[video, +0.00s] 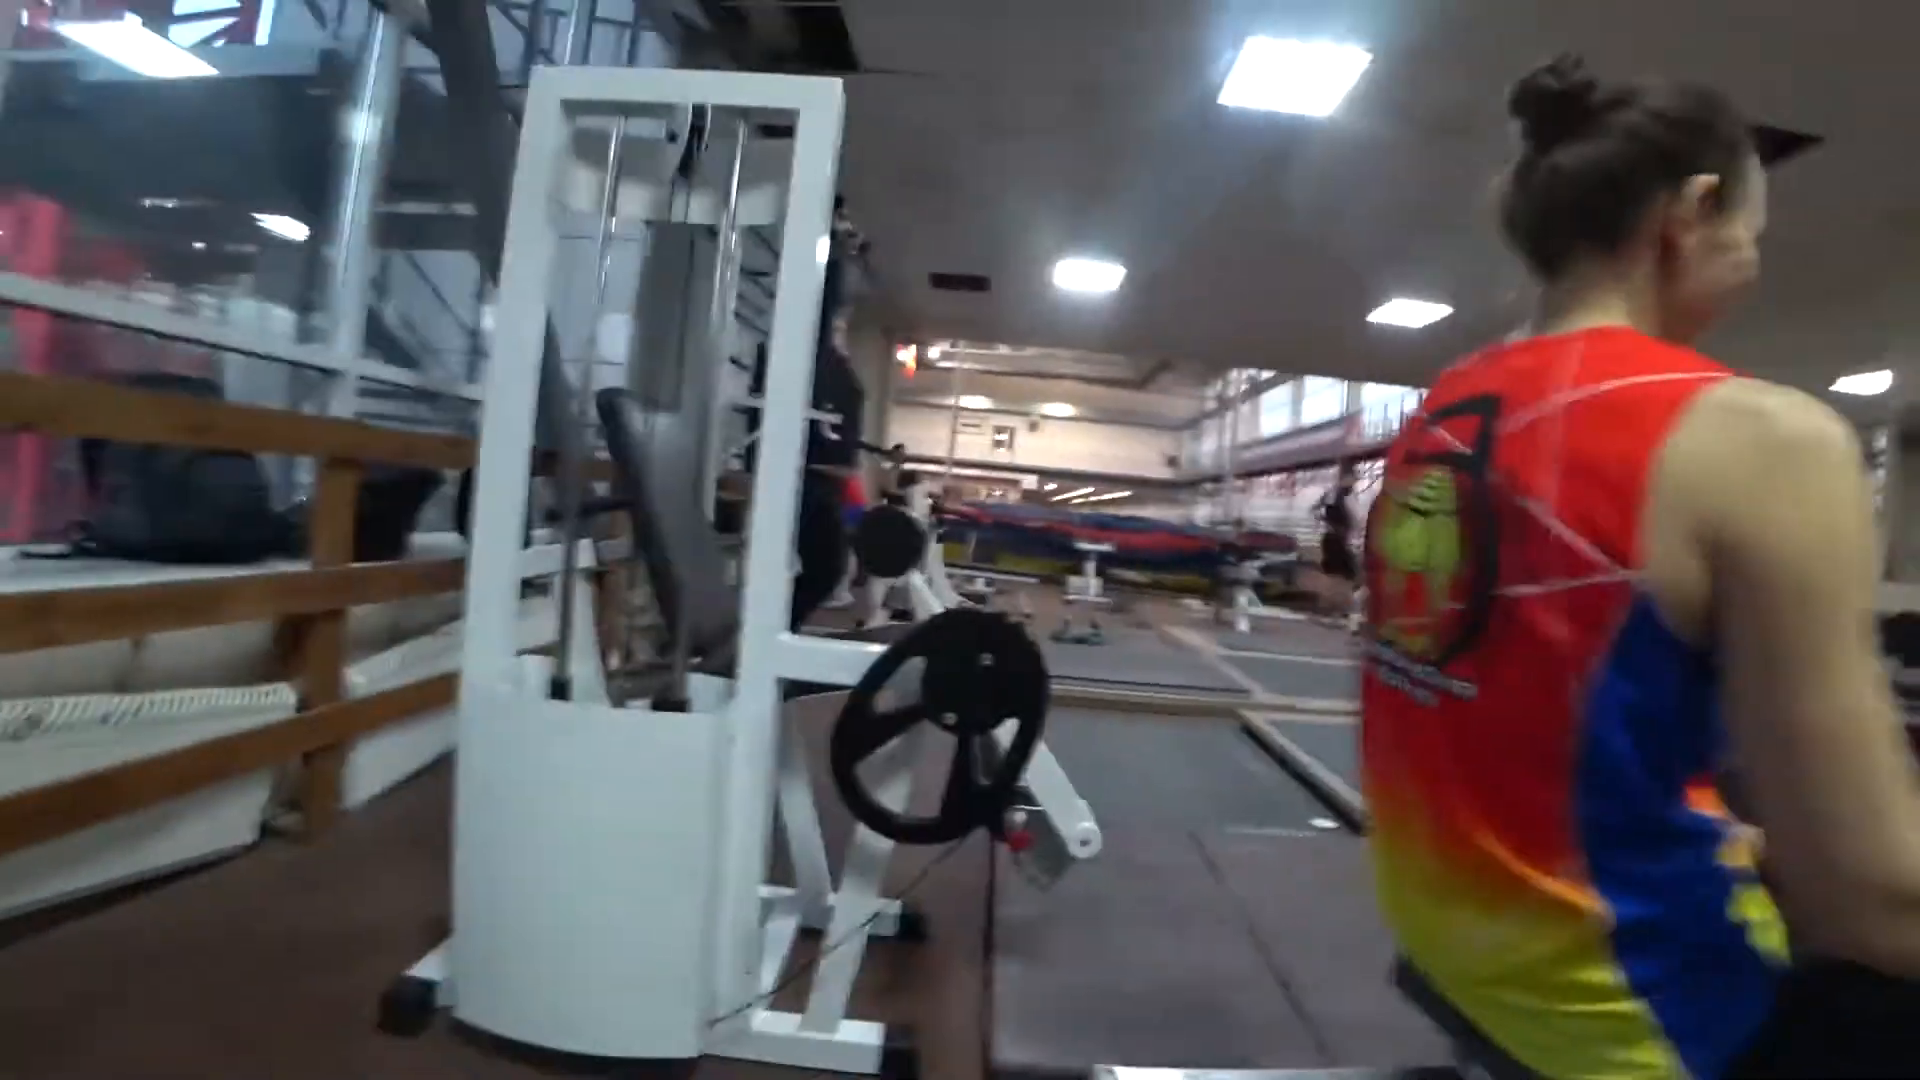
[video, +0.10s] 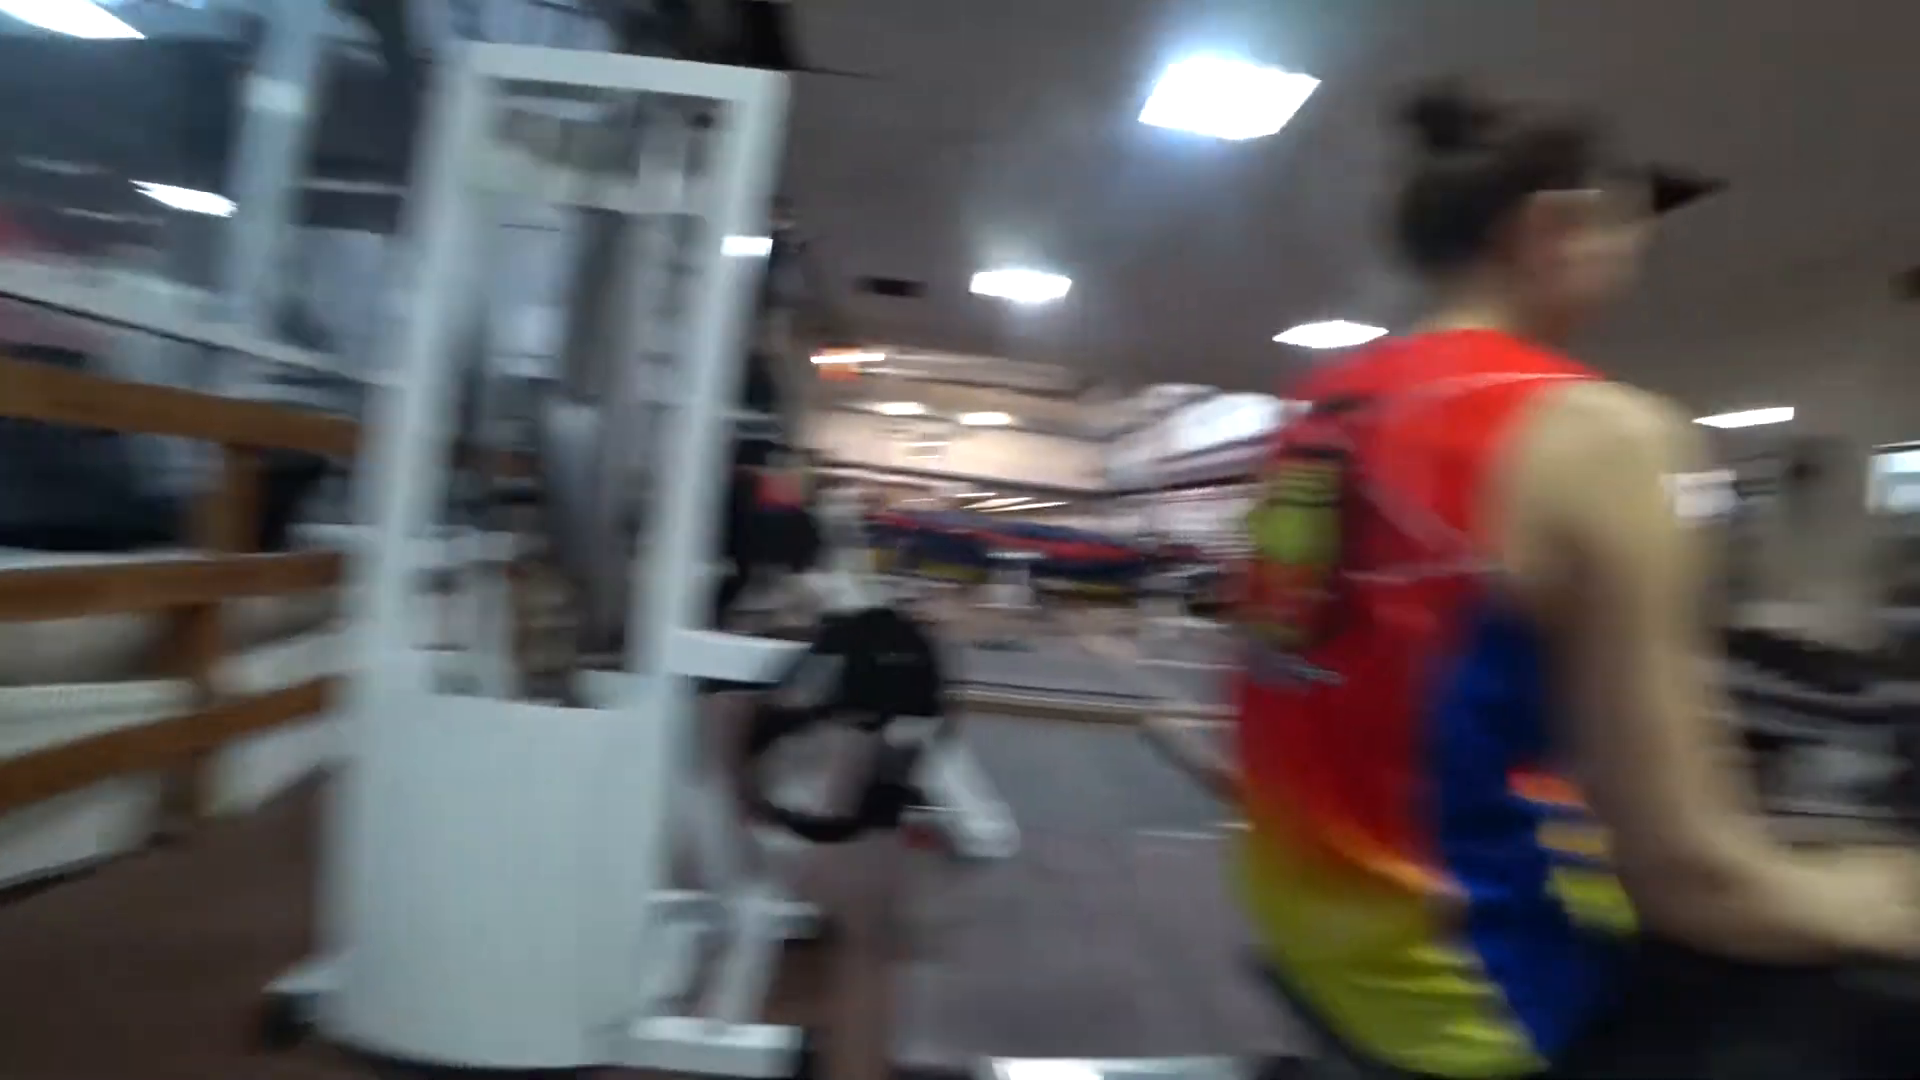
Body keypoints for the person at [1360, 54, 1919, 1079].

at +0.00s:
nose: (1750, 275)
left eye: (1754, 244)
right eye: (1749, 242)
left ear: (1556, 233)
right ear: (1691, 219)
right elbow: (1865, 903)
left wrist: (1724, 839)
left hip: (1457, 967)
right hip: (1652, 1010)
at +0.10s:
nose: (1633, 268)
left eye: (1639, 235)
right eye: (1625, 232)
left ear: (1438, 242)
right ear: (1547, 232)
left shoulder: (1335, 404)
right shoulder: (1587, 439)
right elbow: (1682, 865)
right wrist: (1867, 897)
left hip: (1316, 952)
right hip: (1483, 998)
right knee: (1877, 1015)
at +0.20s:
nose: (1441, 279)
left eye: (1447, 247)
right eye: (1442, 245)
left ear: (1267, 244)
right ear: (1383, 232)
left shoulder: (1175, 389)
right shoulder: (1418, 430)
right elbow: (1489, 838)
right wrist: (1623, 863)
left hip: (1157, 936)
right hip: (1318, 989)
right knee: (1686, 952)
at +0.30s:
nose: (1394, 282)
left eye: (1397, 249)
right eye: (1394, 247)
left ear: (1220, 243)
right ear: (1345, 235)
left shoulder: (1136, 399)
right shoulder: (1386, 427)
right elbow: (1457, 845)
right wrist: (1603, 852)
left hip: (1136, 949)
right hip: (1297, 1011)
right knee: (1658, 898)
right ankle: (1739, 1033)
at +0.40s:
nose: (1439, 259)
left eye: (1440, 229)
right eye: (1436, 228)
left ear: (1264, 248)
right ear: (1388, 231)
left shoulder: (1193, 400)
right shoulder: (1443, 428)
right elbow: (1533, 854)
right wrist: (1686, 840)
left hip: (1210, 958)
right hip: (1378, 1013)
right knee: (1744, 883)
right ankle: (1814, 1047)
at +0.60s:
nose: (1519, 247)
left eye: (1514, 217)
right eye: (1512, 217)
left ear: (1341, 265)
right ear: (1471, 232)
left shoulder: (1283, 424)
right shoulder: (1549, 436)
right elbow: (1643, 861)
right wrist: (1797, 809)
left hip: (1321, 967)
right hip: (1504, 1019)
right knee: (1875, 846)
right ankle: (1895, 1040)